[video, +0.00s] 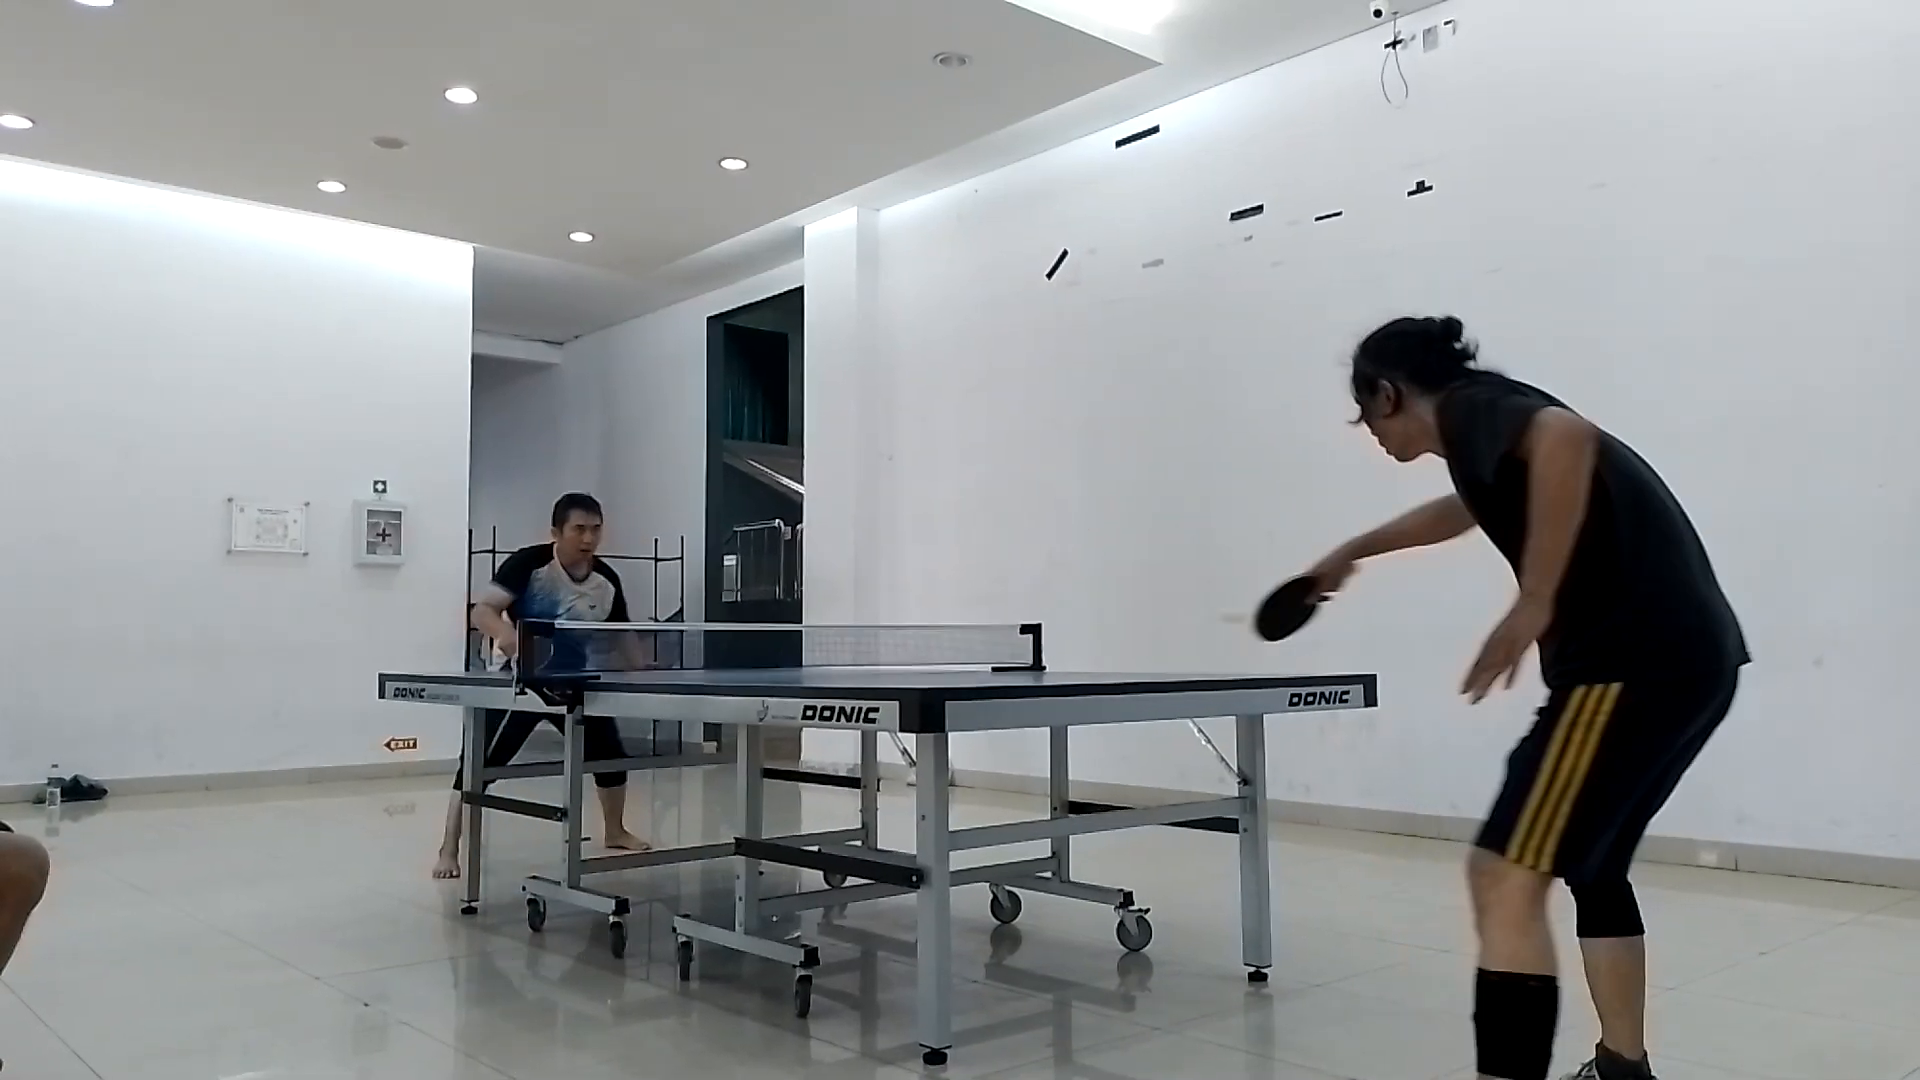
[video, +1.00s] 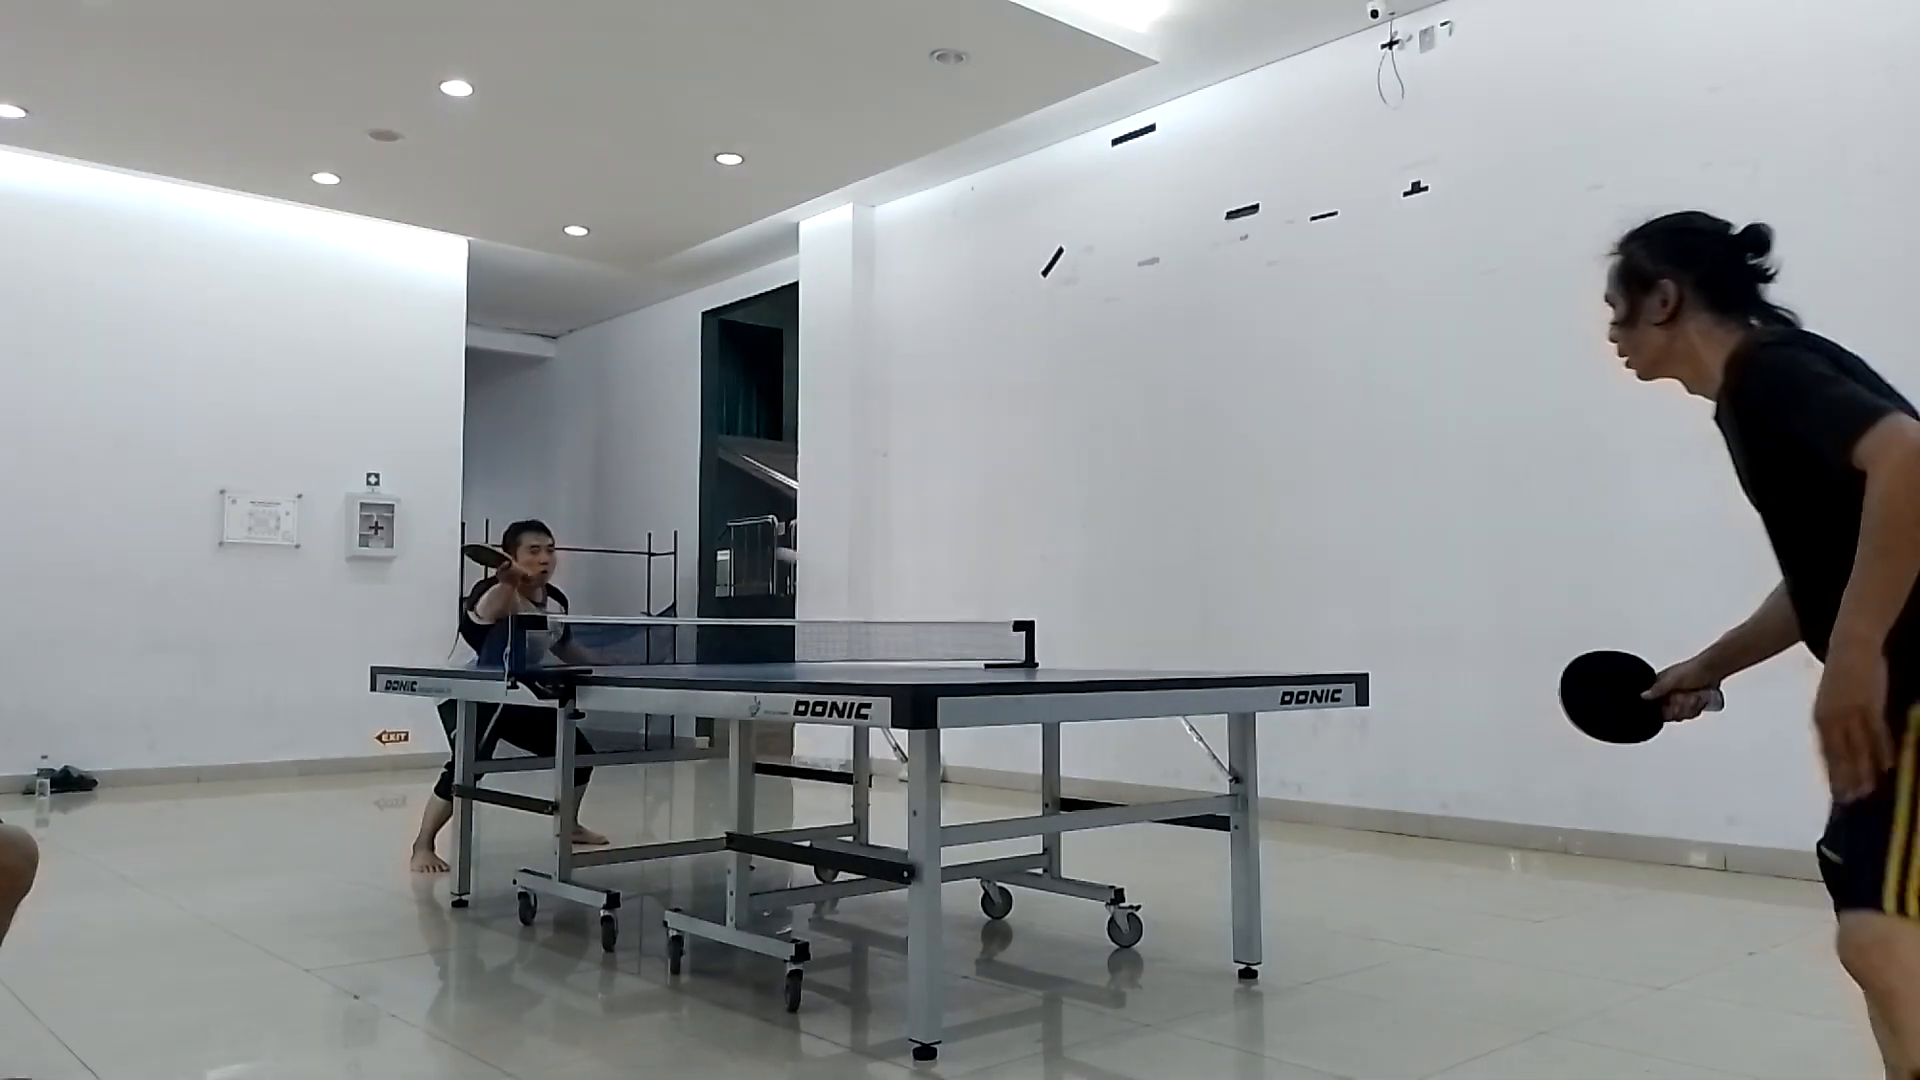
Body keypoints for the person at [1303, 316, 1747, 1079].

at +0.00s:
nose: (1372, 433)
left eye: (1370, 412)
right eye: (1365, 417)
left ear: (1397, 391)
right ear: (1422, 384)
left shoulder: (1468, 404)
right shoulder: (1491, 432)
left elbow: (1565, 435)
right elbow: (1460, 514)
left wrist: (1533, 600)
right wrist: (1350, 551)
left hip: (1629, 663)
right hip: (1688, 659)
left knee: (1503, 873)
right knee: (1595, 866)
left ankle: (1508, 1071)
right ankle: (1623, 1064)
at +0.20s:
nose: (1402, 448)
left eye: (1404, 428)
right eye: (1400, 432)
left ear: (1436, 422)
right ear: (1455, 422)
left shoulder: (1533, 440)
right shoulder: (1489, 509)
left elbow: (1670, 442)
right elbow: (1394, 551)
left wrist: (1635, 589)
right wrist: (1283, 570)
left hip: (1708, 664)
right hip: (1685, 672)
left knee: (1585, 861)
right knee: (1603, 862)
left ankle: (1606, 1067)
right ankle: (1619, 1063)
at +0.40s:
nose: (1445, 412)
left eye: (1448, 391)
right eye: (1443, 394)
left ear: (1483, 381)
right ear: (1499, 382)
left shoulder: (1569, 416)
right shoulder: (1559, 464)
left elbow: (1690, 451)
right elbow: (1593, 600)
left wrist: (1637, 608)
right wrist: (1448, 640)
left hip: (1753, 656)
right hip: (1707, 667)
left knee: (1676, 883)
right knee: (1624, 835)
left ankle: (1834, 1070)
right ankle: (1623, 1060)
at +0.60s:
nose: (1510, 364)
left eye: (1514, 341)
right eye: (1508, 345)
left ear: (1555, 326)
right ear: (1578, 324)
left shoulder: (1624, 377)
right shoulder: (1635, 390)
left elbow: (1736, 433)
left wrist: (1665, 609)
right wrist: (1657, 646)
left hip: (1824, 653)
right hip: (1800, 656)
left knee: (1792, 924)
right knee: (1732, 830)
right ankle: (1710, 1054)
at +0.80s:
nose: (1561, 324)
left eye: (1568, 301)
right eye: (1561, 305)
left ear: (1611, 292)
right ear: (1625, 295)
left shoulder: (1701, 353)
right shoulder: (1686, 386)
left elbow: (1856, 398)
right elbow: (1799, 556)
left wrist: (1822, 576)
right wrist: (1694, 644)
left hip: (1894, 631)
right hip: (1878, 634)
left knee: (1805, 875)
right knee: (1837, 874)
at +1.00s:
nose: (1614, 332)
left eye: (1619, 307)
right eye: (1611, 312)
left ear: (1670, 297)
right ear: (1676, 299)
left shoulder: (1771, 370)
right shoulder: (1750, 396)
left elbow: (1900, 449)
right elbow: (1823, 578)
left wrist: (1856, 646)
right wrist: (1709, 666)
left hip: (1914, 686)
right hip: (1894, 686)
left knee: (1878, 938)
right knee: (1882, 936)